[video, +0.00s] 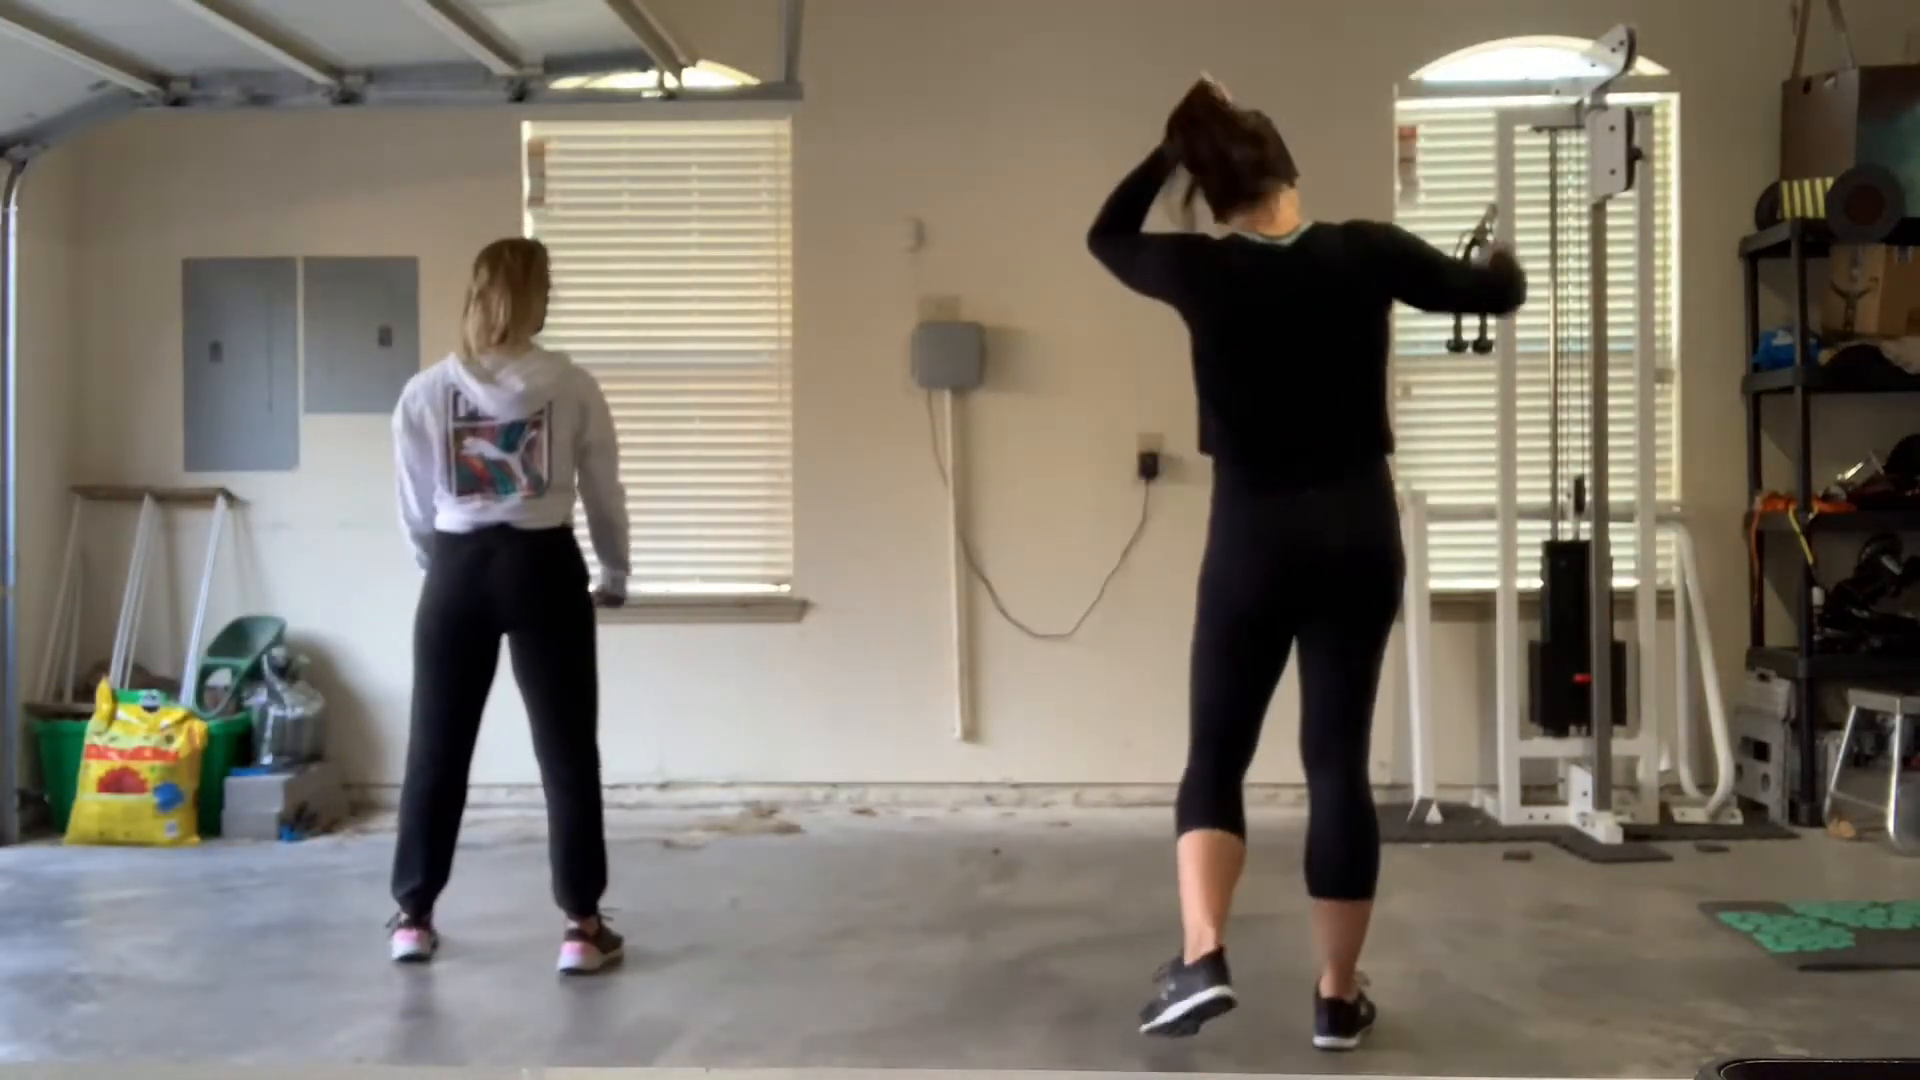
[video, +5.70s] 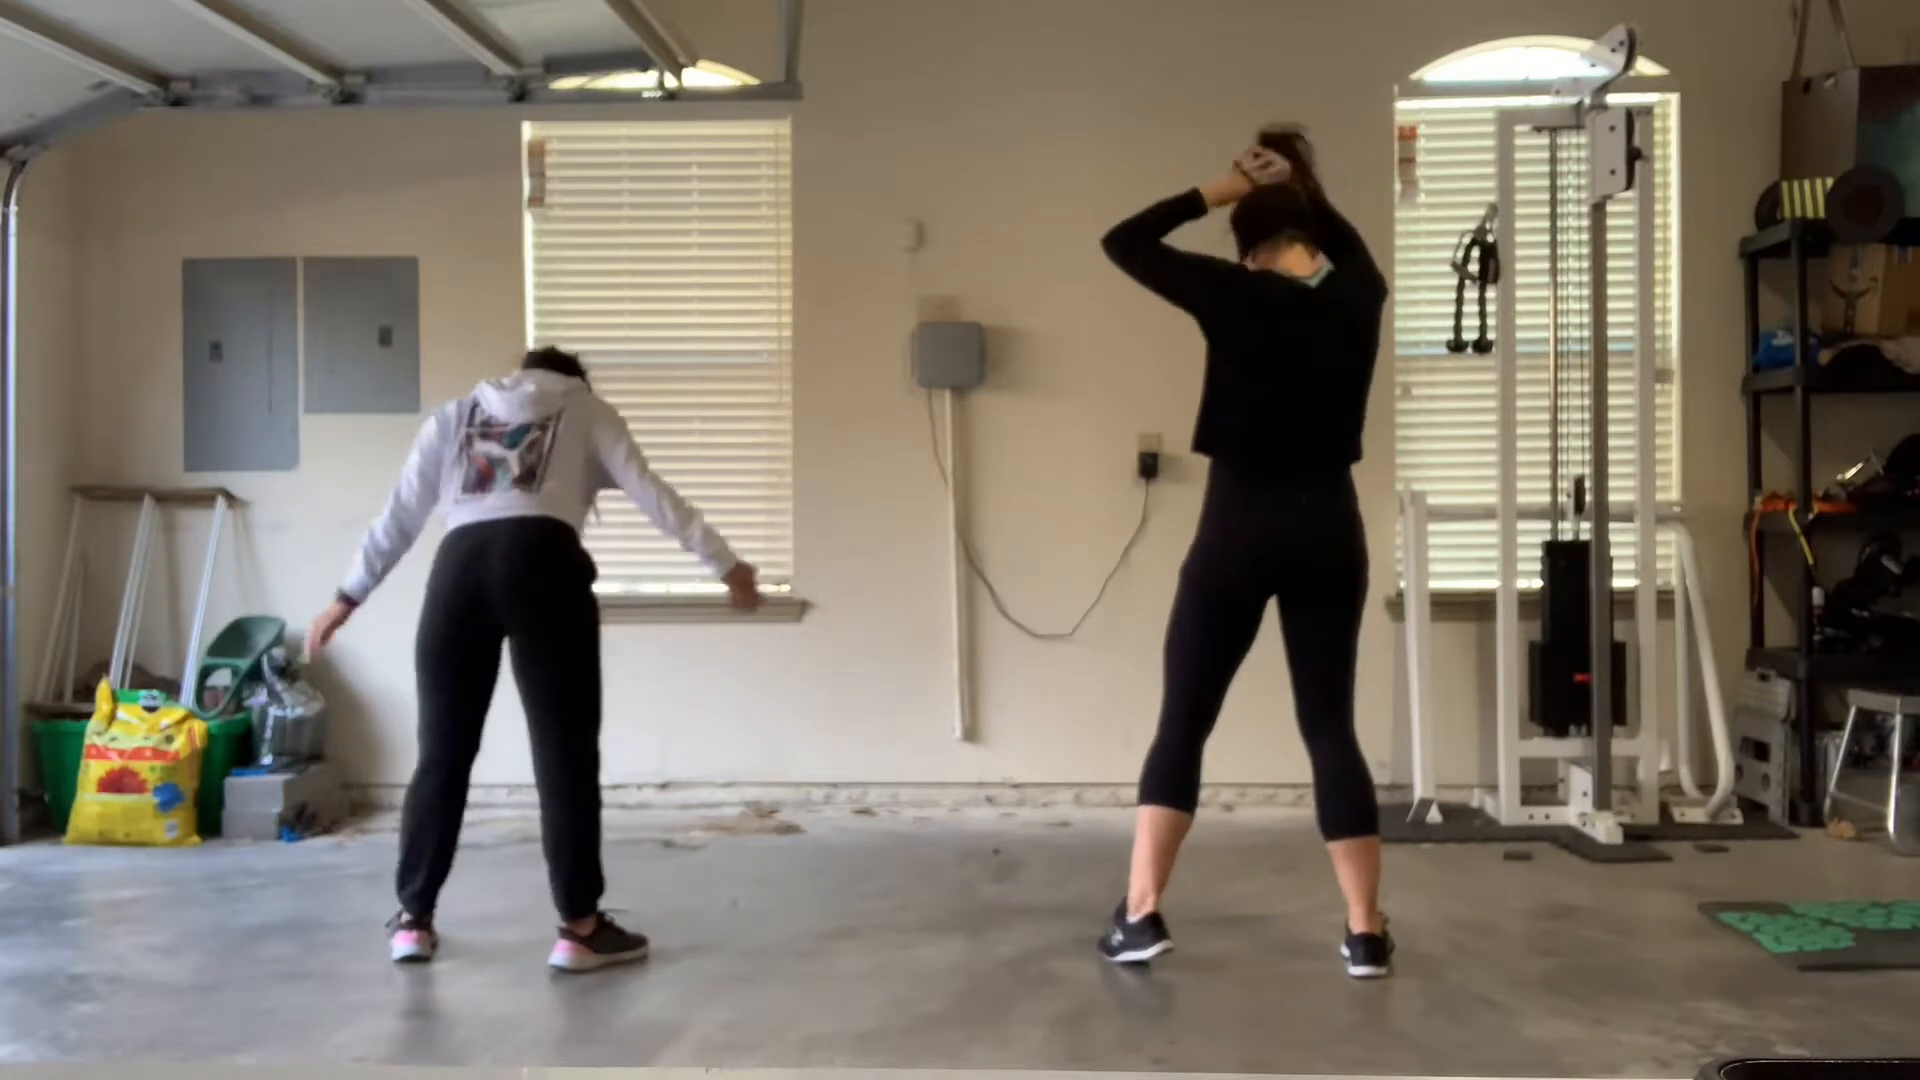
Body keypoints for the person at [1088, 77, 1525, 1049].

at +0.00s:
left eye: (1224, 191)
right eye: (1277, 178)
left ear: (1209, 195)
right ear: (1291, 175)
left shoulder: (1203, 271)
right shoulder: (1367, 251)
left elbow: (1111, 234)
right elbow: (1491, 290)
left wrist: (1167, 150)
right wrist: (1499, 264)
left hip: (1253, 548)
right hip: (1362, 543)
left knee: (1214, 759)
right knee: (1339, 766)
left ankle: (1202, 958)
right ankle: (1338, 994)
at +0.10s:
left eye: (1230, 198)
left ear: (1220, 197)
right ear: (1298, 176)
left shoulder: (1212, 271)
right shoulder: (1371, 255)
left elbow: (1115, 234)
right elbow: (1486, 333)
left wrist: (1174, 152)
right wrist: (1443, 352)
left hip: (1256, 544)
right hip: (1363, 540)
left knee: (1220, 753)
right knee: (1338, 761)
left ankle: (1202, 965)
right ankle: (1337, 995)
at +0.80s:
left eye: (1151, 216)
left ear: (1144, 218)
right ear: (1220, 210)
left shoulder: (1126, 290)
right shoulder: (1267, 290)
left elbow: (1060, 236)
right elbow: (1364, 374)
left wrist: (1123, 171)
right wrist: (1293, 367)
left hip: (1145, 537)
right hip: (1242, 535)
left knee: (1165, 732)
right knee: (1279, 729)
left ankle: (1159, 937)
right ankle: (1298, 926)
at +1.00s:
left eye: (1148, 216)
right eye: (1191, 213)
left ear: (1132, 222)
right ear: (1209, 218)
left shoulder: (1112, 293)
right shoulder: (1244, 291)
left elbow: (1058, 237)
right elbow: (1325, 322)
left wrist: (1122, 172)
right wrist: (1268, 239)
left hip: (1127, 537)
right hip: (1222, 536)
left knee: (1157, 727)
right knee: (1250, 722)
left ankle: (1158, 934)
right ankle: (1247, 912)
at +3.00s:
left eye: (1178, 229)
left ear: (1181, 241)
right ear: (1257, 224)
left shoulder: (1184, 319)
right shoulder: (1318, 305)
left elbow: (1076, 273)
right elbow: (1374, 274)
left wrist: (1142, 207)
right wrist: (1305, 207)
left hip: (1210, 545)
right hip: (1303, 543)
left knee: (1165, 729)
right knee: (1325, 731)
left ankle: (1145, 928)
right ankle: (1377, 931)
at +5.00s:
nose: (1221, 275)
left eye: (1220, 262)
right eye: (1232, 259)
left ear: (1223, 257)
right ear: (1291, 245)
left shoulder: (1223, 309)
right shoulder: (1347, 304)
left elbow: (1106, 280)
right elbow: (1349, 255)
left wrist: (1169, 209)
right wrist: (1278, 214)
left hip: (1246, 540)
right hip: (1338, 542)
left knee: (1195, 736)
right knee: (1335, 730)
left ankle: (1141, 928)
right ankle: (1366, 930)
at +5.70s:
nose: (1253, 259)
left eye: (1247, 246)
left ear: (1245, 246)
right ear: (1315, 238)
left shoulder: (1232, 295)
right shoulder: (1355, 302)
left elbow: (1127, 242)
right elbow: (1346, 243)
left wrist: (1210, 196)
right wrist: (1302, 190)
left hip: (1237, 528)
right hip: (1330, 532)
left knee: (1184, 722)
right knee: (1332, 727)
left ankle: (1140, 914)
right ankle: (1365, 930)